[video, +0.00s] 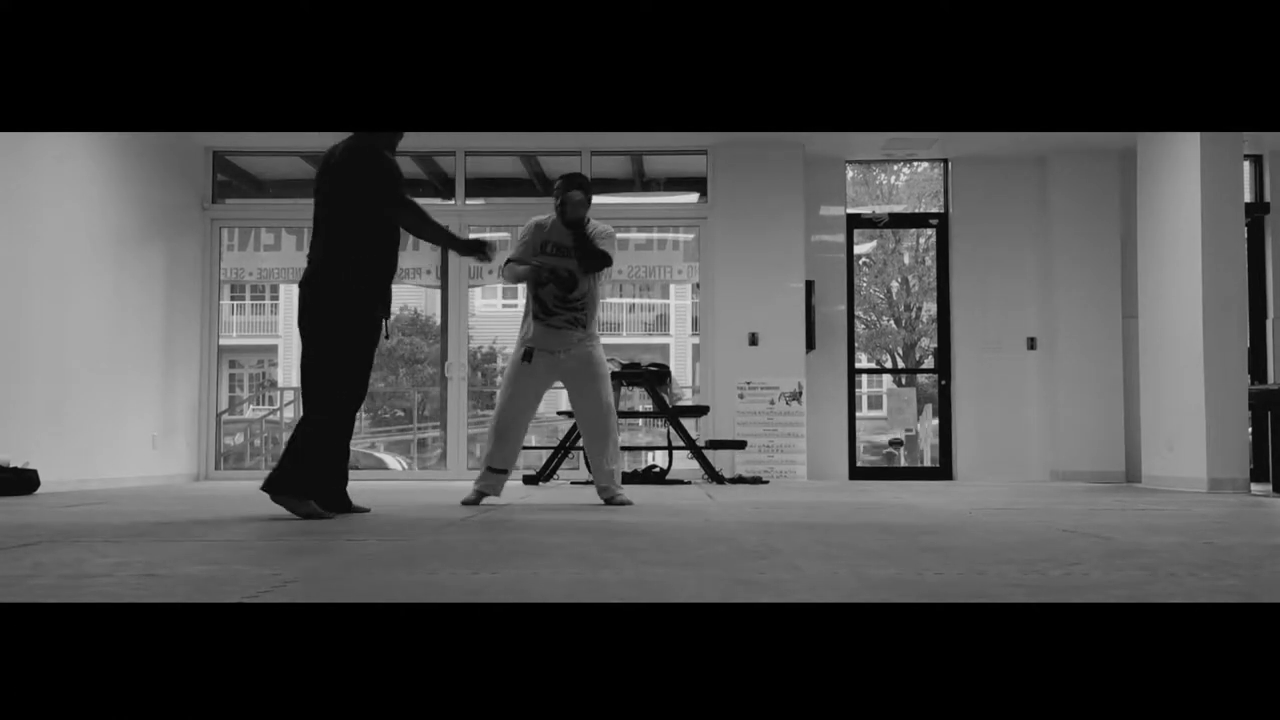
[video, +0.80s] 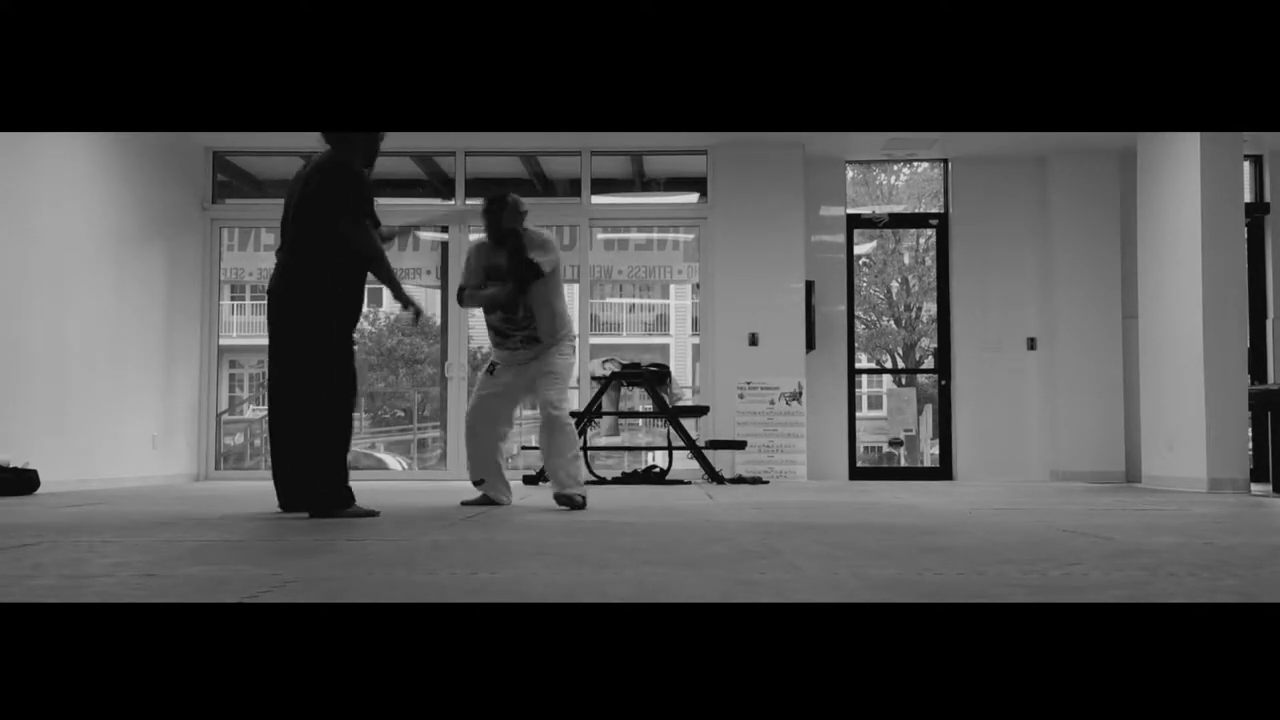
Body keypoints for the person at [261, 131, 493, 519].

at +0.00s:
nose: (400, 143)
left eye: (400, 137)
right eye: (400, 137)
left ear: (364, 130)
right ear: (390, 134)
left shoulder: (337, 158)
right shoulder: (378, 164)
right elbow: (412, 218)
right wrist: (463, 245)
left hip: (324, 293)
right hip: (350, 298)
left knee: (334, 395)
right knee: (340, 395)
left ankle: (331, 492)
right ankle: (289, 483)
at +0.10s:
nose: (397, 138)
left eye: (397, 134)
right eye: (395, 133)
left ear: (363, 129)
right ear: (380, 131)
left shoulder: (346, 159)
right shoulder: (360, 165)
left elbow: (387, 190)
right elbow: (407, 221)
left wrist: (418, 168)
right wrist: (466, 231)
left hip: (332, 297)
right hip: (340, 299)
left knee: (336, 392)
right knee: (339, 393)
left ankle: (325, 490)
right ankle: (314, 489)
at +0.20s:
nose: (393, 143)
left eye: (392, 138)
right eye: (391, 137)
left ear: (359, 130)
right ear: (379, 134)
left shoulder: (347, 162)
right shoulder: (355, 162)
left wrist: (448, 215)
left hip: (324, 297)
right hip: (332, 299)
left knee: (331, 395)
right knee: (339, 395)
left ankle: (330, 498)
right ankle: (333, 500)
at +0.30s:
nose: (394, 141)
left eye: (395, 136)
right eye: (393, 135)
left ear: (363, 132)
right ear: (379, 133)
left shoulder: (366, 166)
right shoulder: (350, 165)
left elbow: (408, 207)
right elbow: (357, 234)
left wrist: (456, 240)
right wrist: (388, 227)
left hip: (337, 301)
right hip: (324, 301)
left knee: (342, 392)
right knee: (343, 392)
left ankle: (333, 498)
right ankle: (332, 500)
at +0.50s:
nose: (393, 146)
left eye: (393, 140)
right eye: (390, 138)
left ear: (364, 135)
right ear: (372, 135)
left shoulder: (355, 171)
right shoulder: (343, 168)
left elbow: (394, 227)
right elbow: (373, 235)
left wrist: (426, 193)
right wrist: (388, 228)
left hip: (339, 305)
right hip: (325, 305)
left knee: (338, 399)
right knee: (334, 399)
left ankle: (328, 497)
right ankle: (329, 499)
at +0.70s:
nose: (380, 147)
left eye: (381, 140)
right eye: (377, 139)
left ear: (341, 138)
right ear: (360, 138)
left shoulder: (324, 167)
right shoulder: (348, 172)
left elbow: (370, 212)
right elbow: (360, 231)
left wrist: (410, 193)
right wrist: (393, 261)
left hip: (304, 304)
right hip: (331, 308)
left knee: (304, 395)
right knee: (341, 397)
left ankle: (300, 494)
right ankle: (333, 499)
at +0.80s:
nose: (379, 150)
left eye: (378, 143)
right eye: (377, 142)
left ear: (333, 138)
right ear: (364, 140)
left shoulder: (310, 173)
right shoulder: (348, 176)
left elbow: (322, 238)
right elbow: (364, 244)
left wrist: (375, 238)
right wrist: (399, 293)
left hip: (291, 305)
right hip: (324, 309)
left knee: (297, 394)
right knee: (332, 395)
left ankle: (297, 495)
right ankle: (330, 500)